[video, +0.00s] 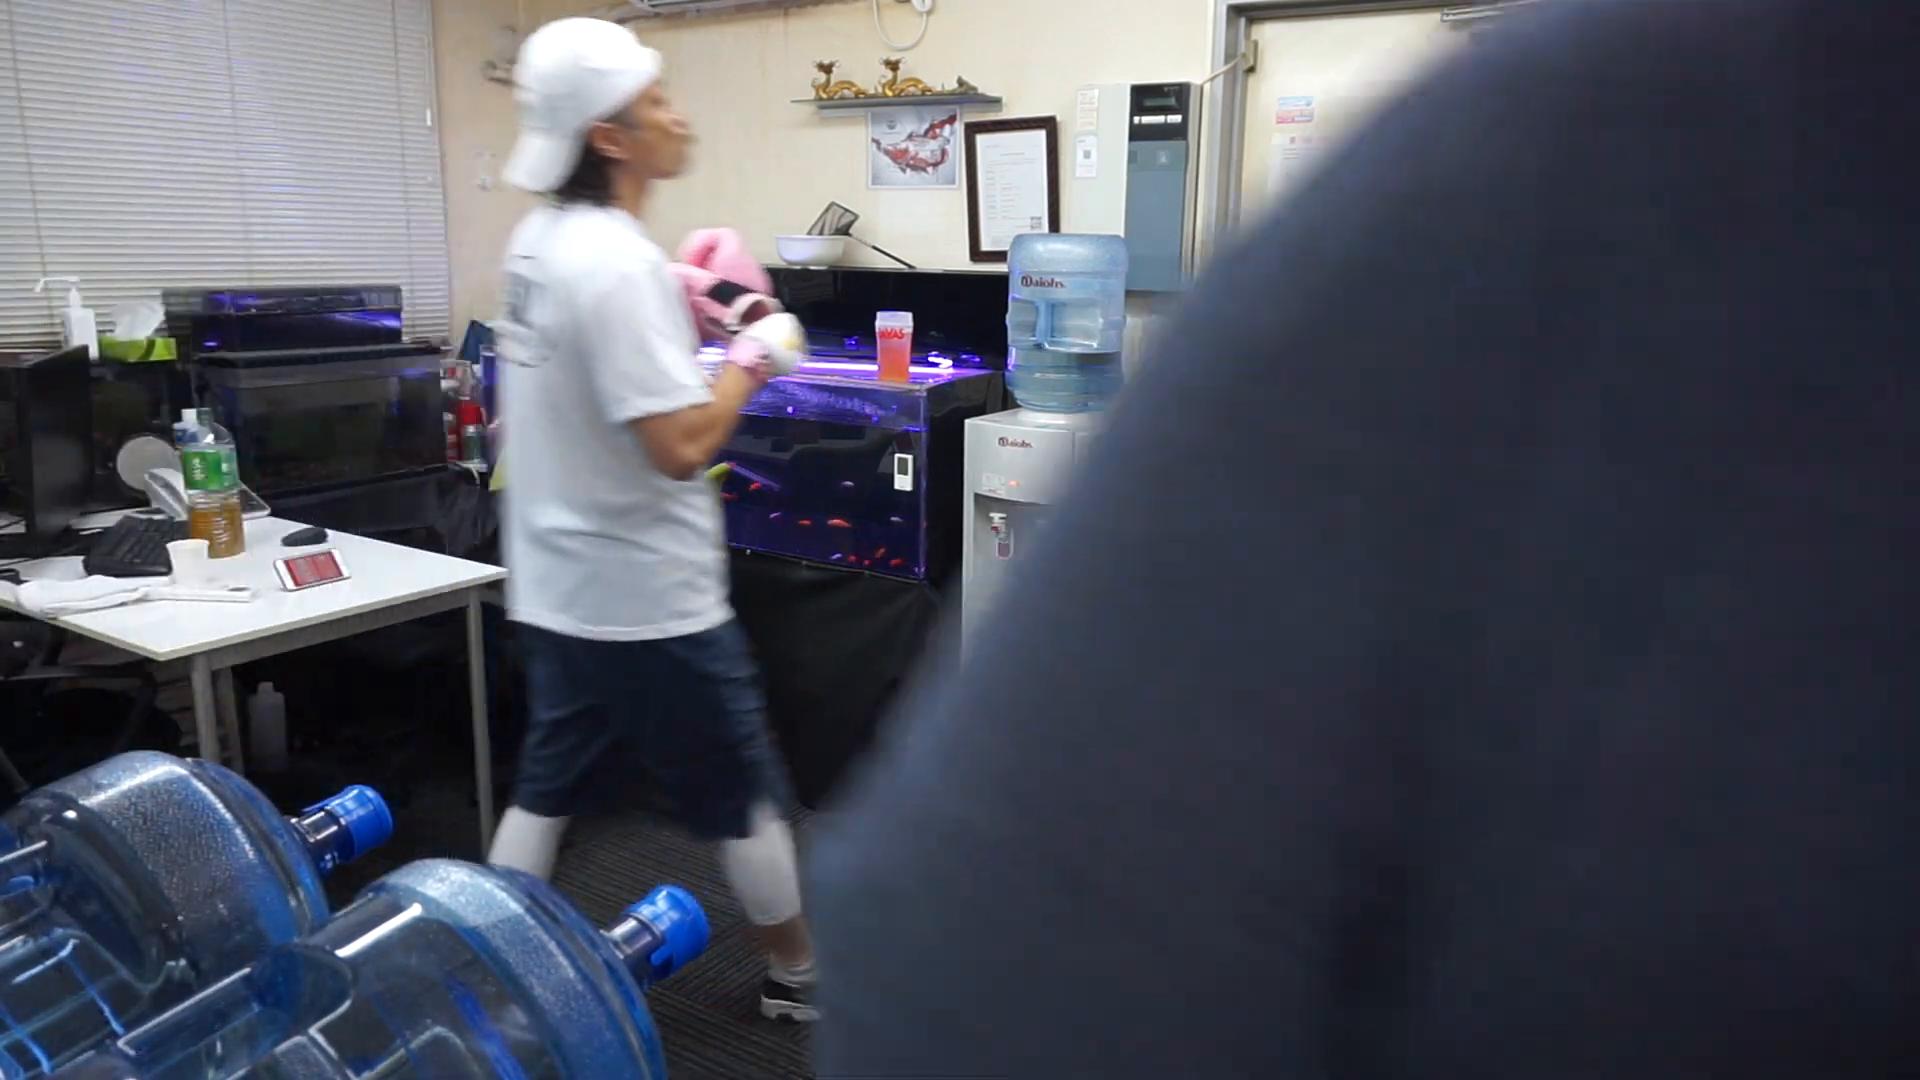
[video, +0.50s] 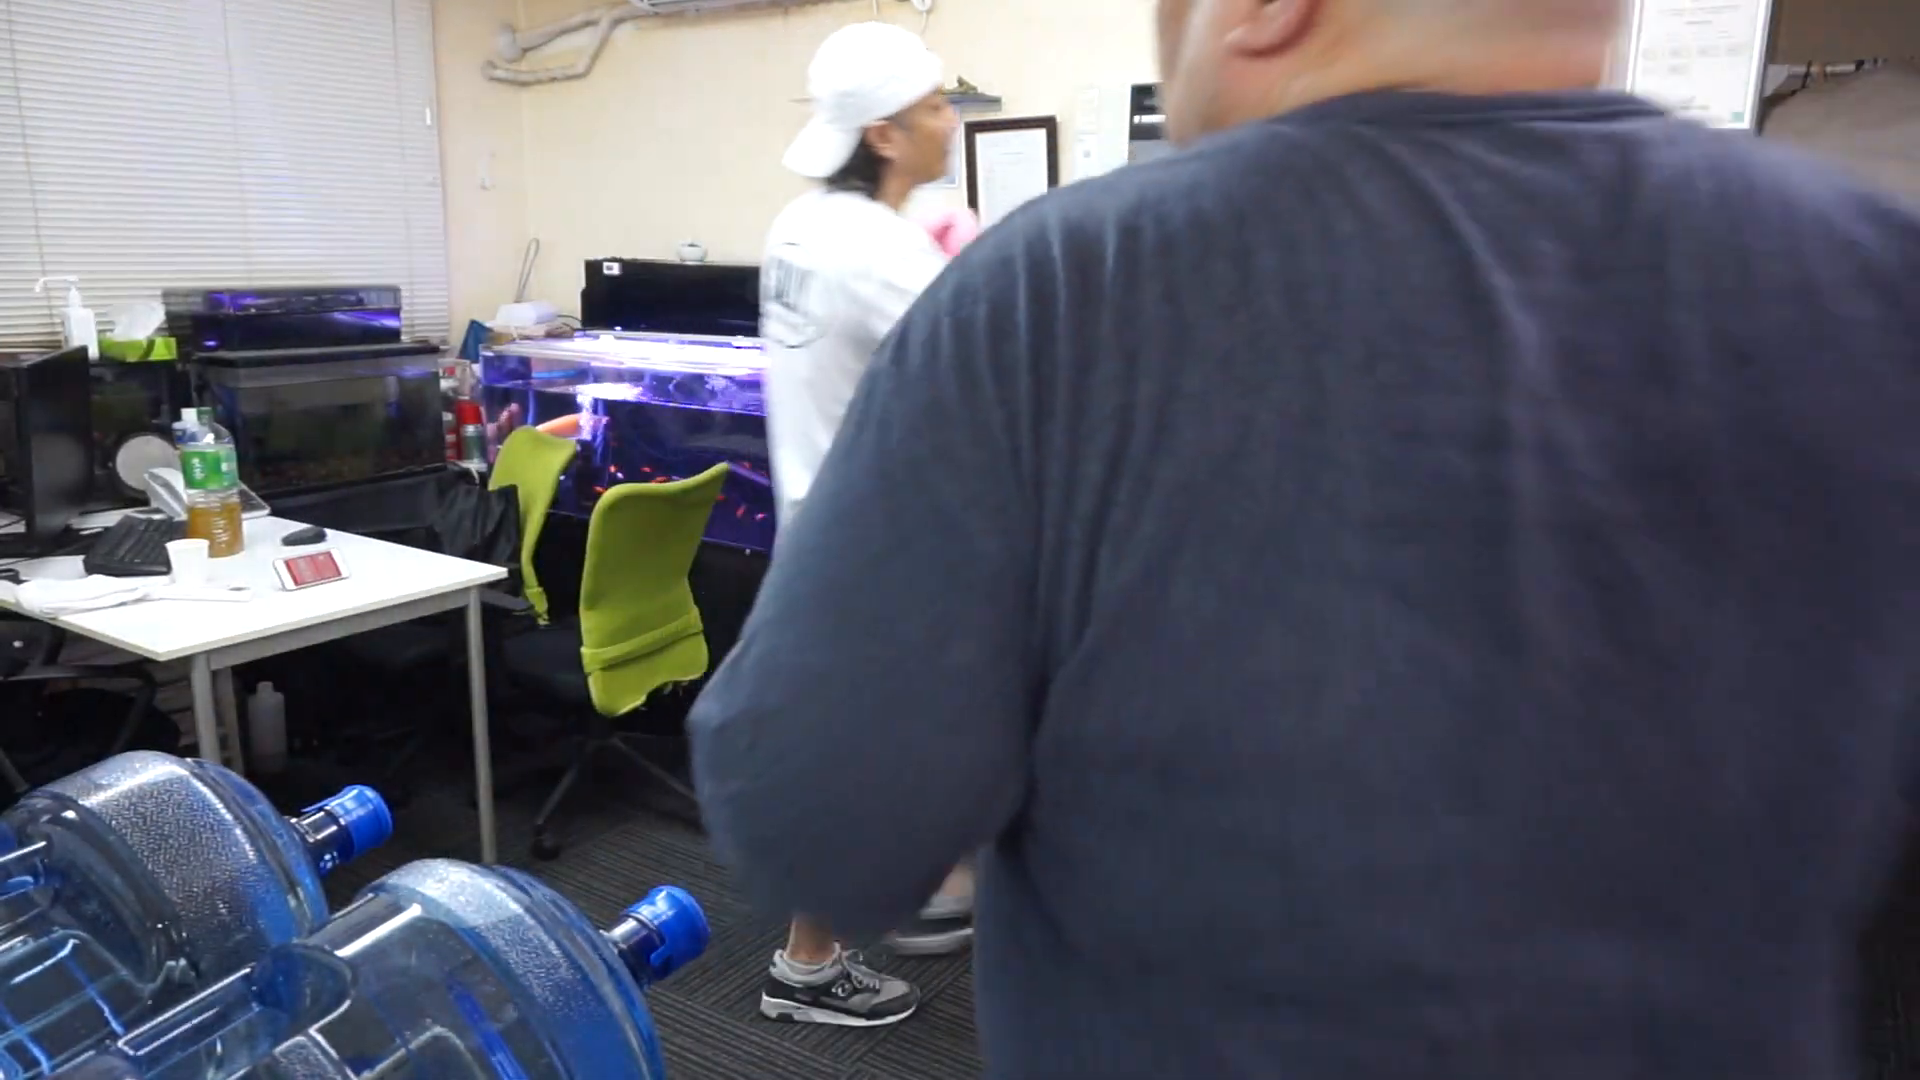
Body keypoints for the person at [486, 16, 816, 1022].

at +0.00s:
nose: (678, 116)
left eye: (666, 95)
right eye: (658, 103)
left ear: (602, 142)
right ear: (610, 142)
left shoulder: (541, 237)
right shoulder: (618, 260)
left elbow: (578, 387)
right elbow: (680, 445)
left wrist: (677, 316)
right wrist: (754, 361)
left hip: (554, 589)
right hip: (652, 601)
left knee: (544, 785)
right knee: (744, 787)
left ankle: (486, 969)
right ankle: (794, 976)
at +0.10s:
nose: (745, 120)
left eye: (732, 100)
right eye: (723, 107)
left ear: (668, 145)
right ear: (675, 145)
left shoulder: (603, 238)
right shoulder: (681, 269)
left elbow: (645, 391)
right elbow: (739, 446)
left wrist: (738, 308)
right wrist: (801, 358)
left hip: (630, 585)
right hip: (716, 595)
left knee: (603, 777)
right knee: (791, 786)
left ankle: (515, 949)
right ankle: (804, 971)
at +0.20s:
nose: (809, 120)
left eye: (801, 102)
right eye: (790, 110)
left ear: (727, 145)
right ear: (740, 144)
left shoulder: (661, 232)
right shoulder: (739, 262)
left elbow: (703, 385)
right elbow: (794, 435)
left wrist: (796, 300)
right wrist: (850, 356)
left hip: (684, 566)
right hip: (749, 580)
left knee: (699, 760)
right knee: (761, 781)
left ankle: (582, 918)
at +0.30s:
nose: (864, 117)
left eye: (856, 100)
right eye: (847, 105)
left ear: (790, 141)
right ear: (794, 140)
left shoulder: (708, 223)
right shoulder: (794, 255)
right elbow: (847, 423)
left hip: (721, 563)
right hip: (790, 577)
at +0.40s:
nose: (914, 115)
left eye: (905, 96)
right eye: (897, 102)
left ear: (828, 130)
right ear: (845, 133)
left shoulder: (755, 222)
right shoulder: (835, 248)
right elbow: (924, 378)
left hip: (762, 528)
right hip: (824, 538)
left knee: (797, 726)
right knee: (828, 739)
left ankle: (832, 937)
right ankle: (811, 969)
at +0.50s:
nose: (955, 123)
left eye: (948, 104)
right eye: (939, 108)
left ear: (870, 132)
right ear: (889, 135)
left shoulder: (804, 223)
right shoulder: (876, 246)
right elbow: (981, 350)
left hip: (814, 520)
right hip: (857, 531)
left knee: (878, 699)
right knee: (832, 728)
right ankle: (807, 955)